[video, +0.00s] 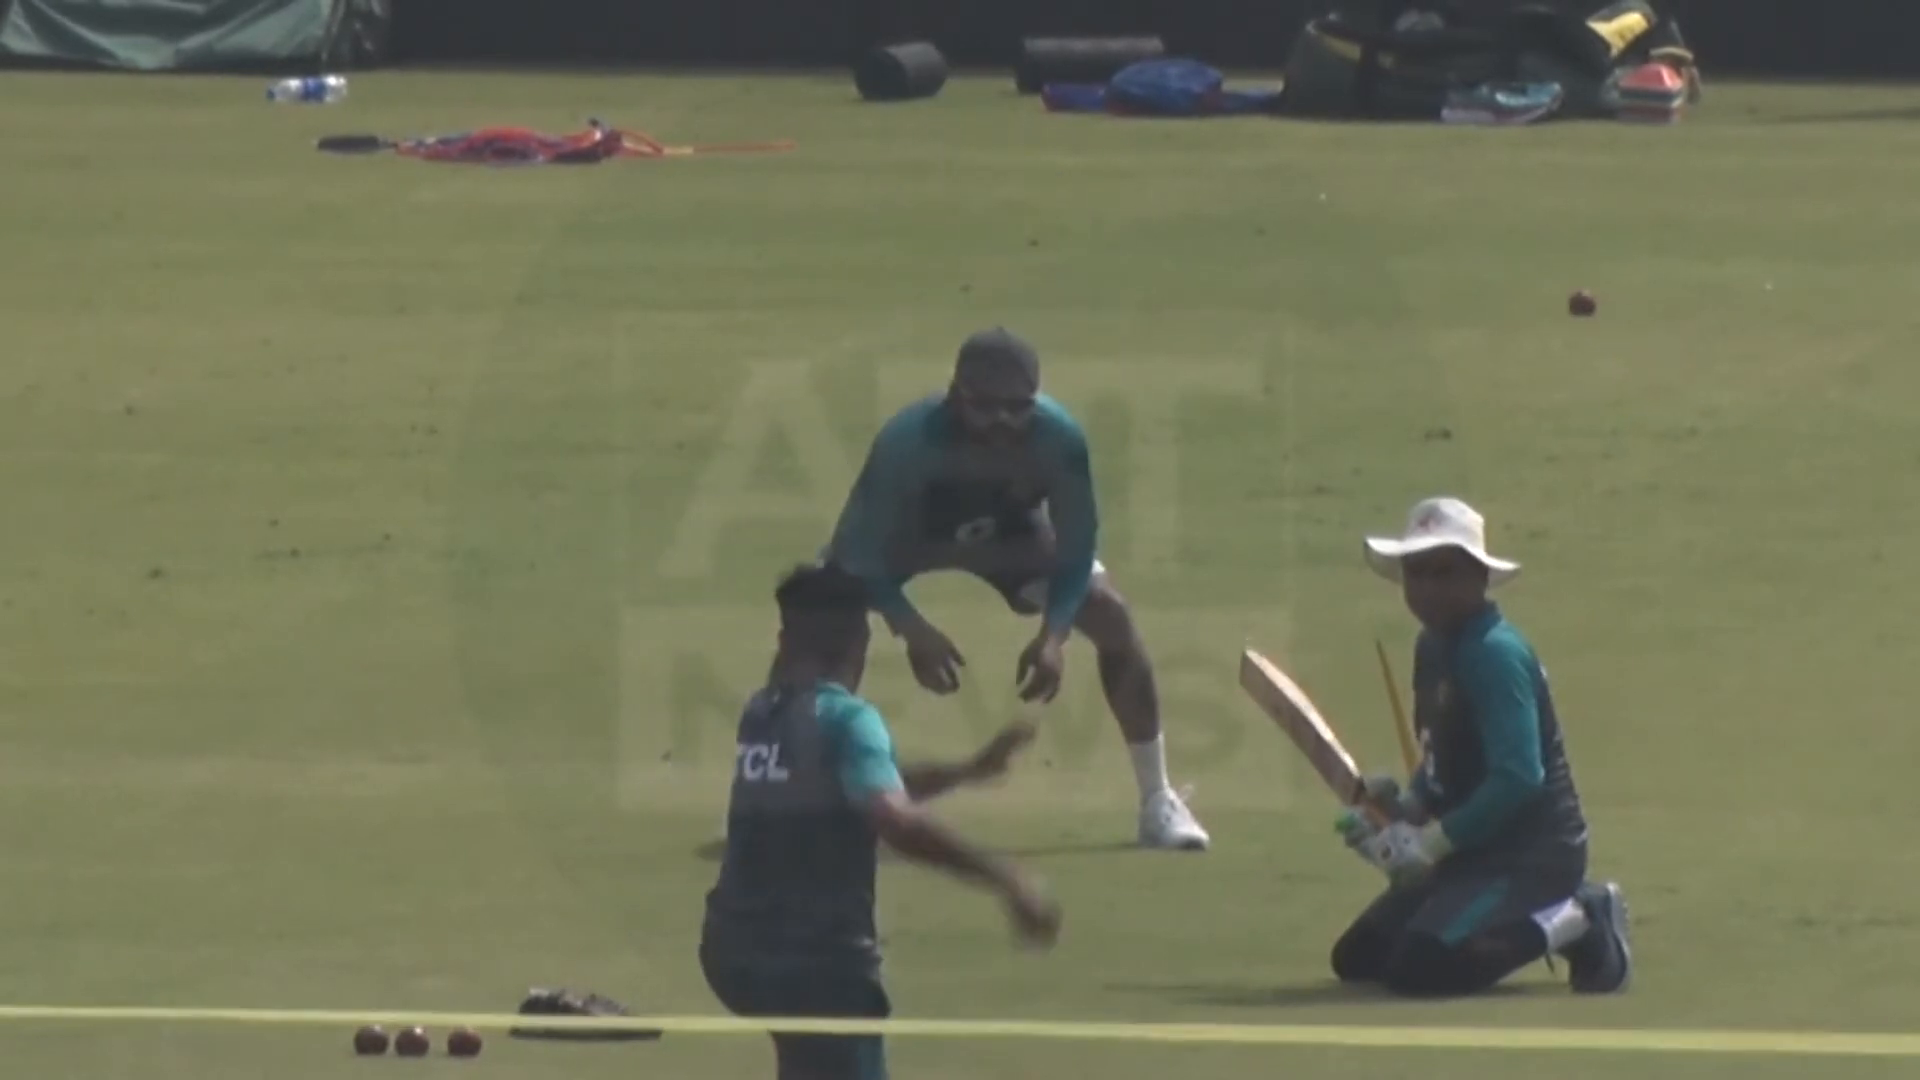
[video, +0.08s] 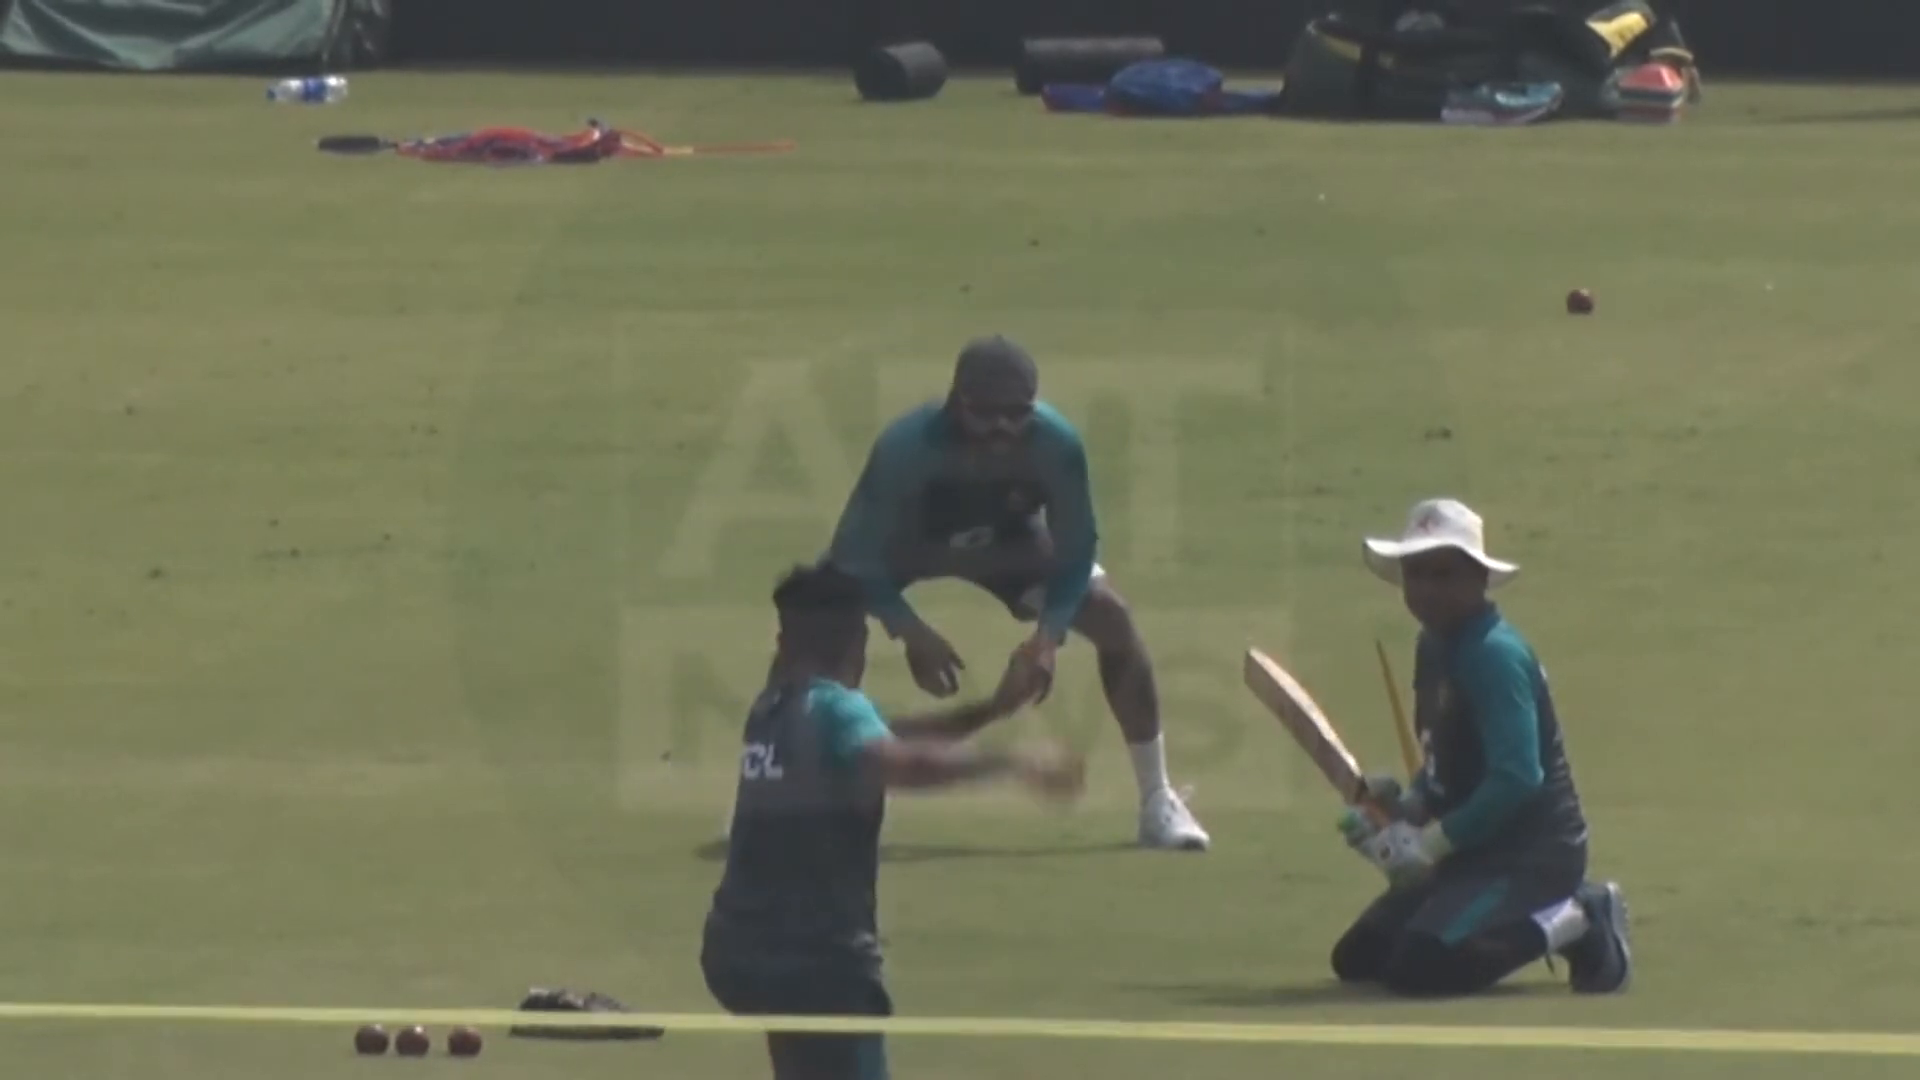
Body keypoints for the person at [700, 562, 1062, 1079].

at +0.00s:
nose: (863, 652)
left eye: (861, 638)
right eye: (861, 639)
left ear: (786, 641)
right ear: (853, 643)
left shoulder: (760, 712)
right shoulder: (850, 718)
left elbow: (850, 787)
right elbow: (894, 820)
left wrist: (967, 772)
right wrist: (1006, 879)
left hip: (735, 954)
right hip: (822, 961)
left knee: (801, 1039)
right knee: (853, 1062)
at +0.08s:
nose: (864, 651)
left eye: (861, 636)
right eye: (861, 637)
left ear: (786, 643)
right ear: (848, 642)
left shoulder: (770, 710)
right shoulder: (839, 710)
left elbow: (894, 732)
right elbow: (899, 763)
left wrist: (993, 707)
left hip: (740, 952)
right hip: (821, 959)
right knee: (856, 1063)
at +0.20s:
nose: (858, 643)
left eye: (856, 630)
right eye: (855, 631)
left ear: (780, 639)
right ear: (849, 636)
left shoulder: (767, 711)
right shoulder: (830, 704)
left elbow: (889, 732)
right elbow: (895, 691)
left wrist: (987, 684)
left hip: (752, 951)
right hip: (828, 960)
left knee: (789, 1055)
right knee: (860, 1063)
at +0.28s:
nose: (843, 644)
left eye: (833, 632)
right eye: (842, 632)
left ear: (765, 643)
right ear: (844, 638)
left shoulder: (752, 721)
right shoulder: (843, 706)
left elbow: (823, 781)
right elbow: (931, 654)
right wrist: (885, 544)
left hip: (756, 950)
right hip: (841, 955)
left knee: (786, 1043)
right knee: (861, 1062)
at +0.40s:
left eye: (737, 649)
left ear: (741, 662)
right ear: (819, 653)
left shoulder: (710, 761)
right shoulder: (867, 705)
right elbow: (968, 617)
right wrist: (935, 523)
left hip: (760, 958)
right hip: (864, 952)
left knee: (786, 1060)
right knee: (866, 1065)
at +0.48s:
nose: (719, 677)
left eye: (722, 667)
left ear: (728, 680)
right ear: (810, 670)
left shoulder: (709, 771)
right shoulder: (865, 714)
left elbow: (715, 912)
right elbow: (939, 664)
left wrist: (769, 866)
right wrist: (968, 578)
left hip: (768, 960)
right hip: (873, 956)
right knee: (869, 1065)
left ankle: (781, 1074)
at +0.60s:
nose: (724, 692)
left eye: (726, 683)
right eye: (726, 680)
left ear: (734, 695)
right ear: (809, 685)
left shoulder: (723, 761)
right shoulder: (866, 742)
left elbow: (705, 889)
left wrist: (766, 912)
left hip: (775, 965)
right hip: (881, 964)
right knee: (874, 1068)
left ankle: (772, 1075)